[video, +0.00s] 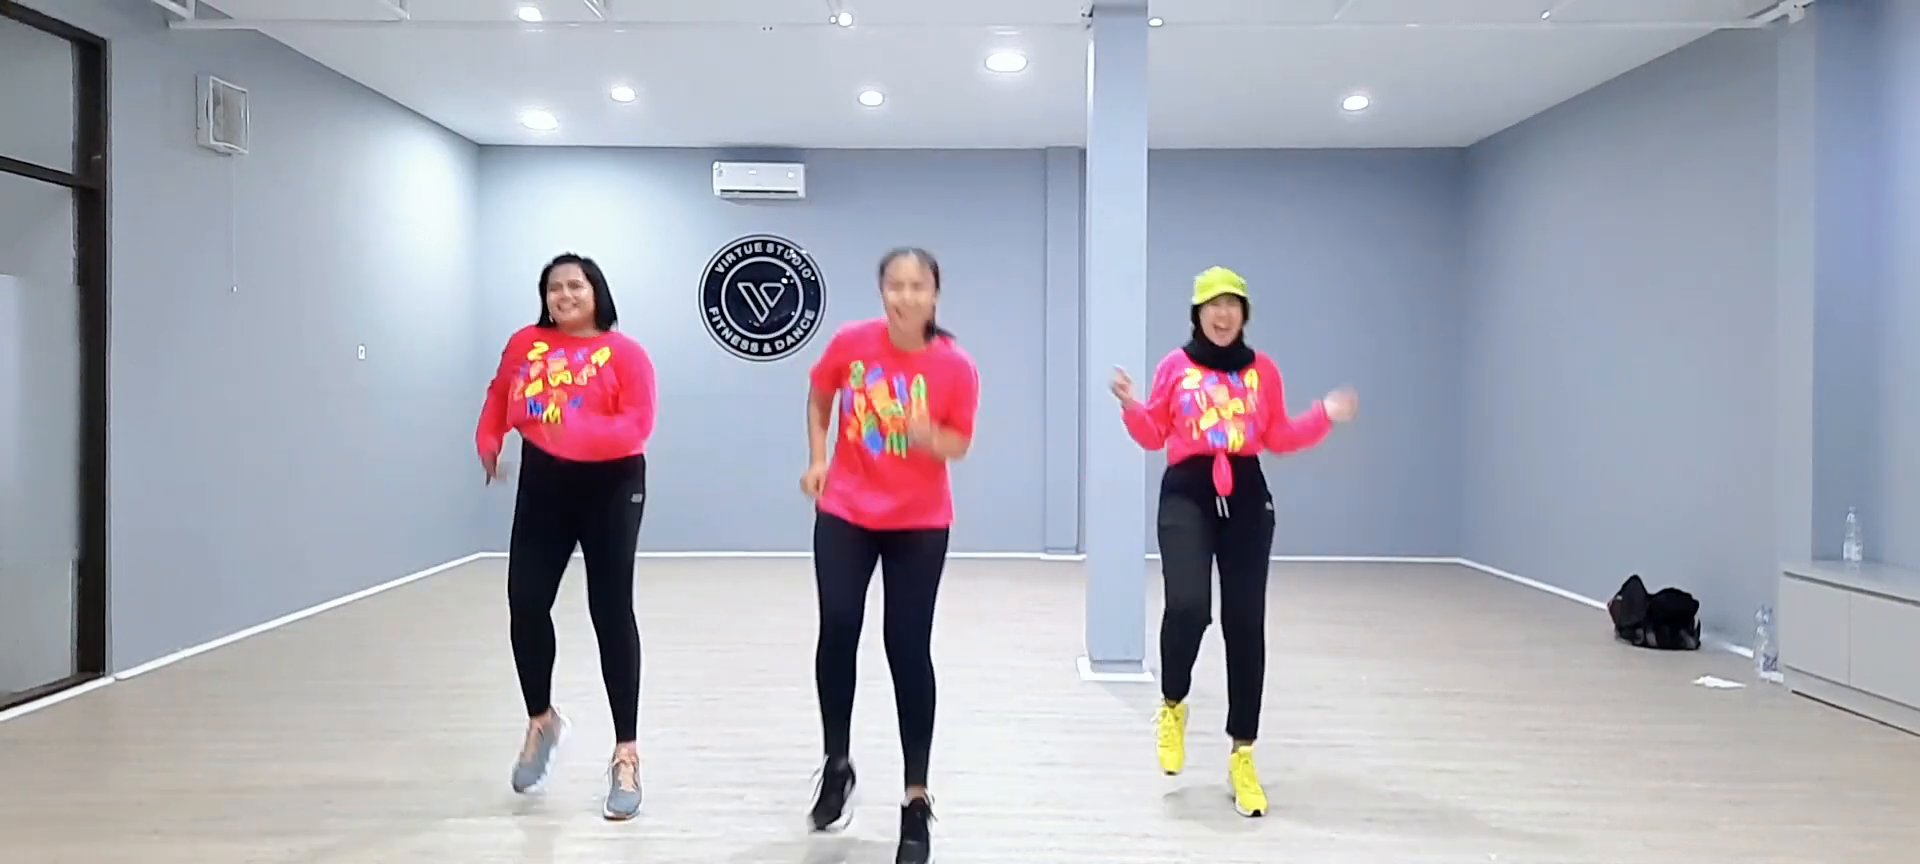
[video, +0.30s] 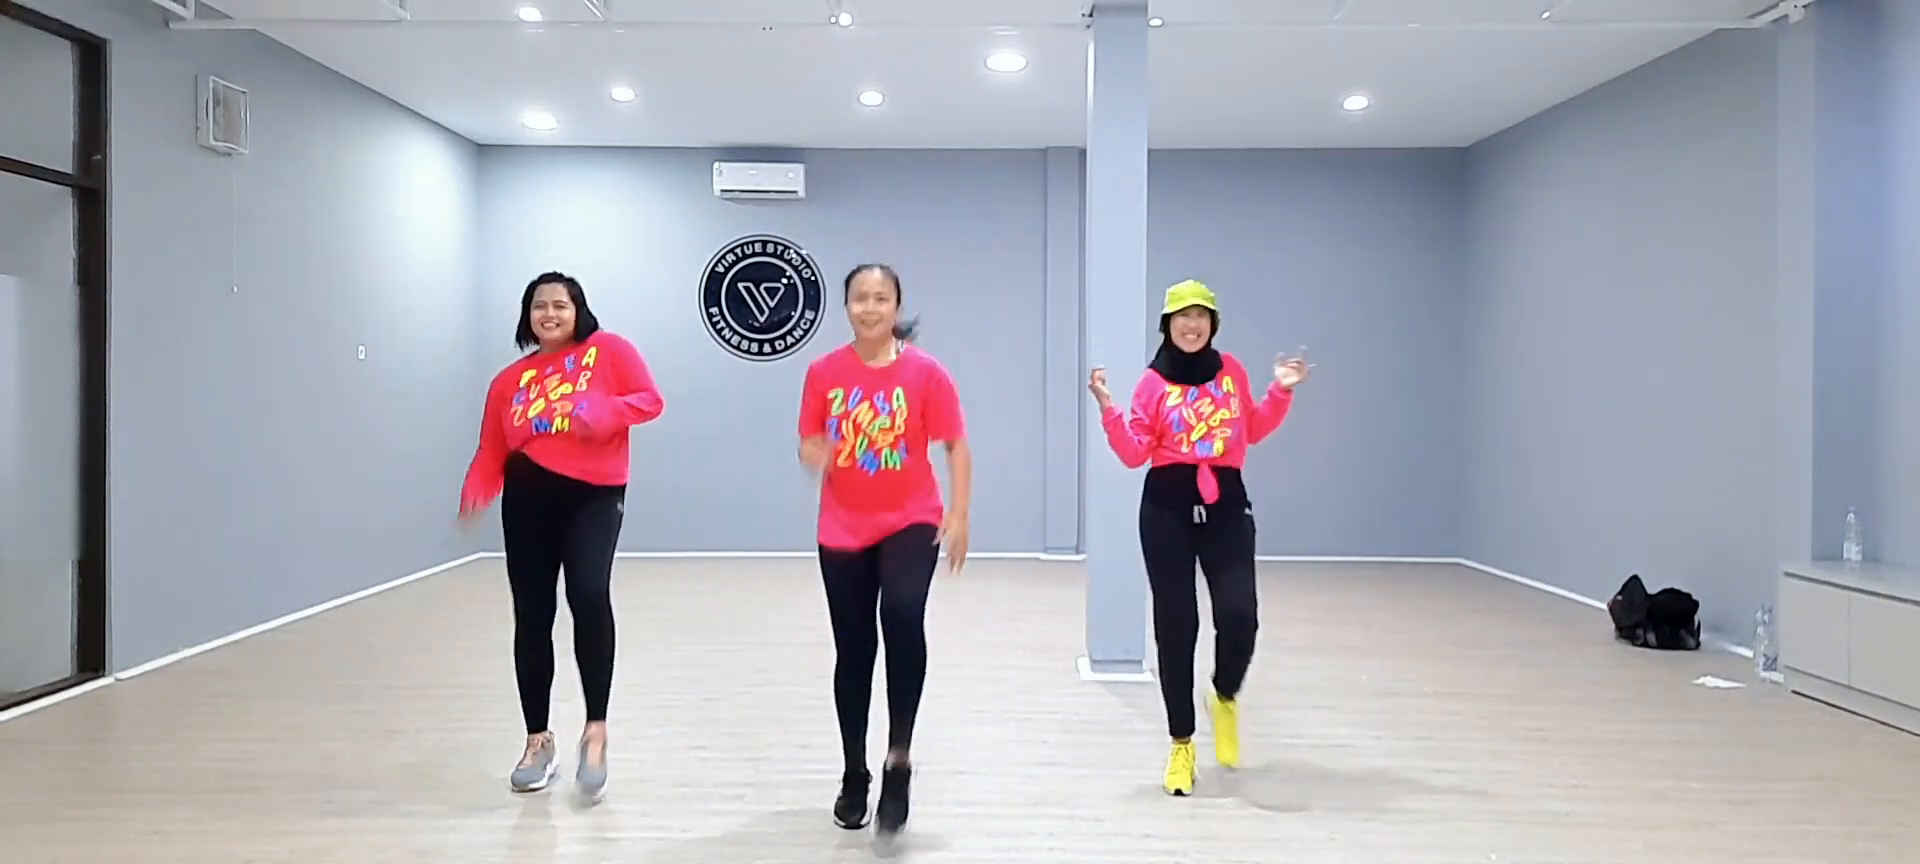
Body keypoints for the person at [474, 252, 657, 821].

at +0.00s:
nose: (566, 294)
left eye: (577, 284)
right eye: (555, 287)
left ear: (599, 293)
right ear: (545, 299)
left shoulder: (627, 354)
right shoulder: (525, 344)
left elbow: (638, 427)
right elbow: (500, 396)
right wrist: (489, 438)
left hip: (612, 490)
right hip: (544, 485)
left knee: (612, 611)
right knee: (525, 603)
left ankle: (626, 753)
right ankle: (541, 719)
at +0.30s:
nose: (549, 313)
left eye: (560, 305)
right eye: (540, 306)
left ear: (578, 312)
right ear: (527, 315)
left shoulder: (609, 351)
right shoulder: (508, 381)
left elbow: (651, 401)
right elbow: (492, 449)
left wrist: (601, 410)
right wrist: (476, 489)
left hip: (593, 498)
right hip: (527, 499)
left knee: (588, 598)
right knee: (532, 618)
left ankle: (595, 733)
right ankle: (538, 742)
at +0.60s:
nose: (572, 324)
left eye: (581, 314)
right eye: (563, 316)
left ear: (601, 316)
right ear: (553, 320)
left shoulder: (634, 371)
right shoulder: (538, 366)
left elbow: (661, 439)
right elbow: (500, 425)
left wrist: (649, 482)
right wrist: (520, 372)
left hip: (616, 499)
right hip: (554, 495)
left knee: (607, 608)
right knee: (547, 610)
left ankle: (609, 714)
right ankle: (546, 727)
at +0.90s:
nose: (575, 312)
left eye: (584, 302)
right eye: (565, 304)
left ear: (602, 305)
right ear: (553, 310)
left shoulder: (630, 345)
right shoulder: (534, 354)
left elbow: (672, 404)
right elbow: (512, 418)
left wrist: (627, 387)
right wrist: (502, 477)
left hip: (621, 474)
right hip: (560, 473)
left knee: (614, 580)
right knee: (562, 581)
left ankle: (613, 694)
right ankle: (578, 676)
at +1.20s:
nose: (575, 313)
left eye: (584, 305)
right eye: (567, 306)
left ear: (601, 311)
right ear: (554, 314)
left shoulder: (634, 357)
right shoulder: (536, 367)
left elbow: (683, 404)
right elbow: (513, 423)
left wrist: (680, 457)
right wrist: (520, 473)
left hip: (632, 477)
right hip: (572, 480)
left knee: (639, 564)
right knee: (580, 585)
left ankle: (647, 672)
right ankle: (586, 687)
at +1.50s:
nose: (593, 331)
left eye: (604, 326)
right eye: (588, 323)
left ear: (625, 337)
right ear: (579, 330)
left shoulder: (643, 390)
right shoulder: (551, 380)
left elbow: (688, 447)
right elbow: (533, 442)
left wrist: (739, 489)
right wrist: (536, 498)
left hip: (642, 501)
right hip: (583, 503)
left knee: (650, 603)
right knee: (568, 604)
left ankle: (669, 708)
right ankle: (613, 683)